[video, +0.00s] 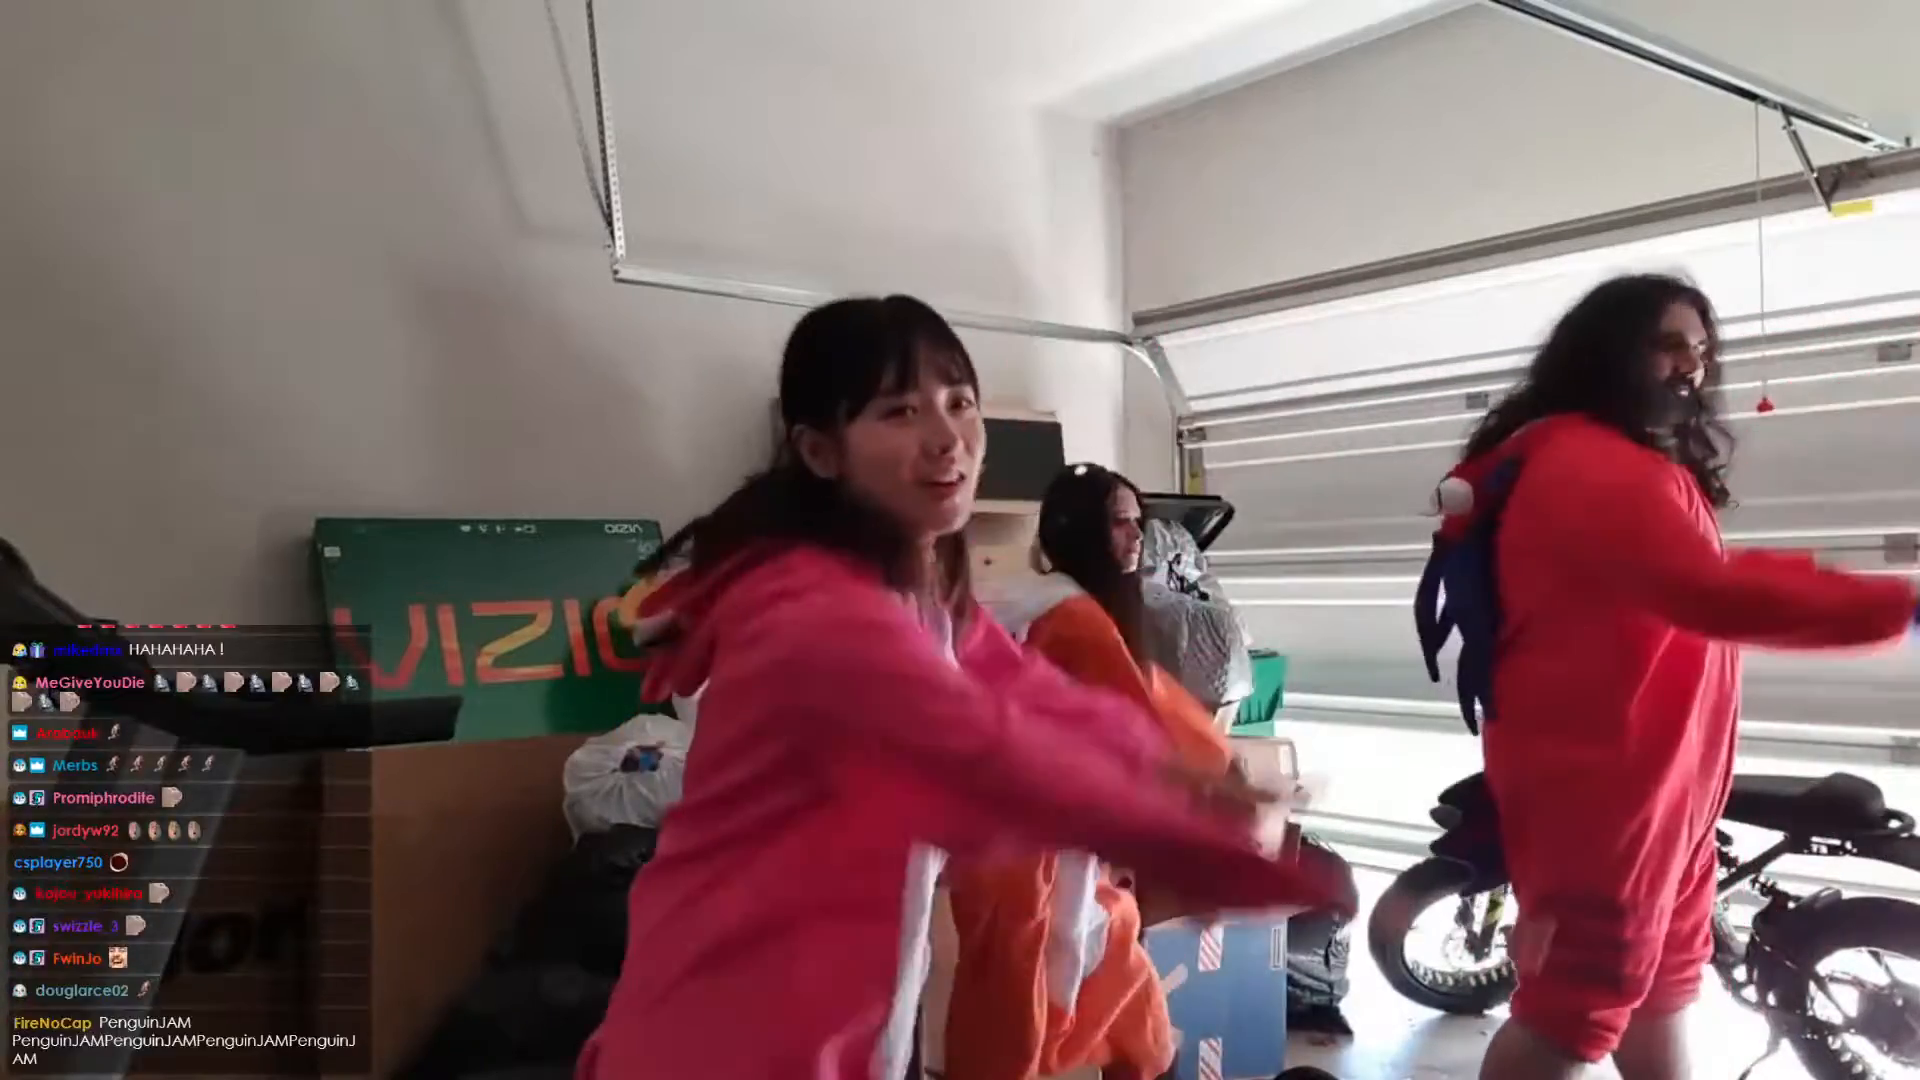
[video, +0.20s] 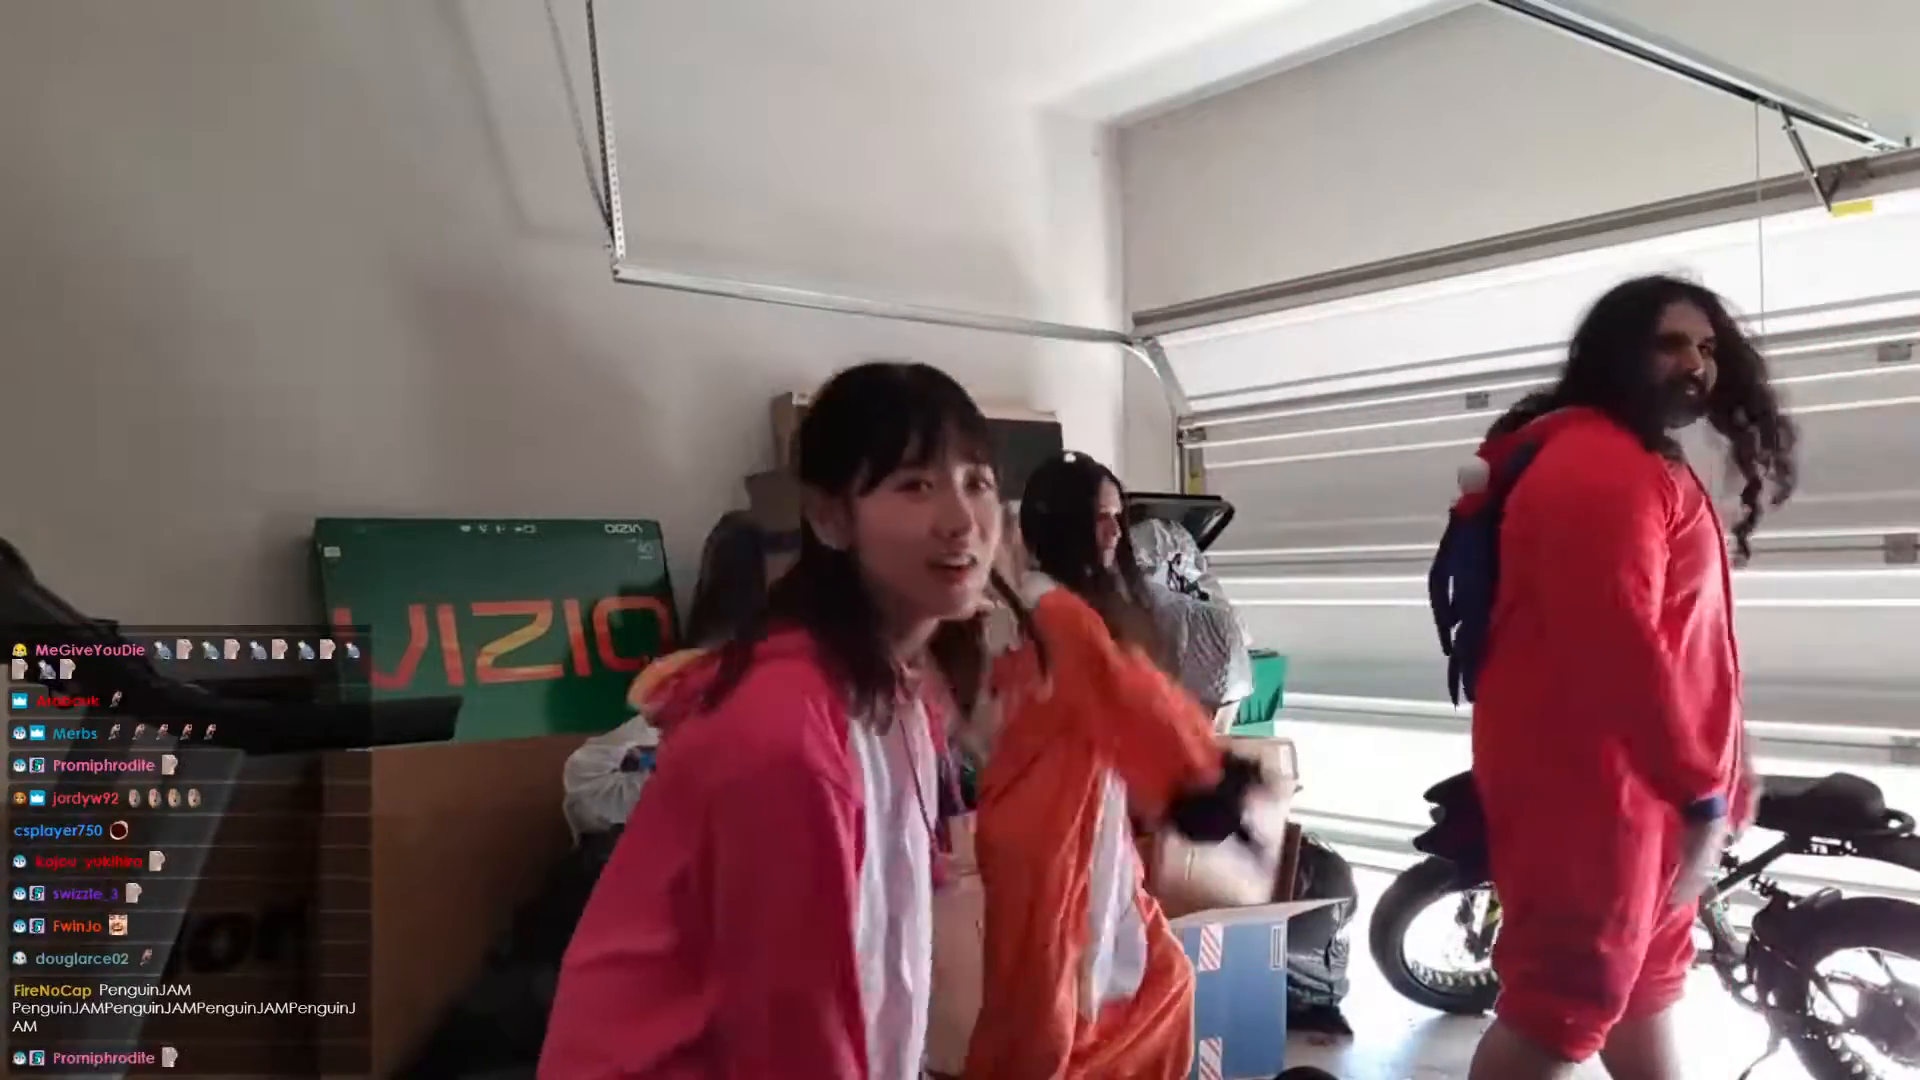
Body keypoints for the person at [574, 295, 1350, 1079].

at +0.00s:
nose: (947, 439)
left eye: (958, 405)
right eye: (900, 412)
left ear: (979, 423)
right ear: (819, 447)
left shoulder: (935, 602)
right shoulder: (806, 609)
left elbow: (1050, 705)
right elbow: (1002, 767)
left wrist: (1204, 788)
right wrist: (1276, 874)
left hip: (856, 1043)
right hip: (720, 1047)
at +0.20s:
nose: (962, 522)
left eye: (977, 483)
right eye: (915, 487)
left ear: (998, 506)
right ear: (831, 517)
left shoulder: (910, 698)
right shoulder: (782, 739)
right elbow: (790, 1039)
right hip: (660, 1063)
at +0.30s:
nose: (866, 438)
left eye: (882, 403)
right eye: (820, 404)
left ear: (903, 426)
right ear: (730, 434)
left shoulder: (820, 614)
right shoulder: (728, 649)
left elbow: (930, 806)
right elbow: (884, 926)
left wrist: (1036, 964)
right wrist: (1012, 1052)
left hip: (768, 1045)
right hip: (668, 1057)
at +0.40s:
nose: (769, 408)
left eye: (783, 374)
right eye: (721, 378)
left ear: (807, 389)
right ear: (631, 410)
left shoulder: (733, 579)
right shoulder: (663, 599)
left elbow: (947, 624)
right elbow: (919, 685)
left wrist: (1151, 628)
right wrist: (1215, 720)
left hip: (785, 1034)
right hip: (695, 1047)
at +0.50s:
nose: (735, 434)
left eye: (743, 400)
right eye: (684, 408)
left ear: (765, 408)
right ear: (596, 444)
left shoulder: (661, 598)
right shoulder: (650, 622)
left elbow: (873, 548)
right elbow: (930, 563)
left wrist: (1047, 417)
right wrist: (1200, 386)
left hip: (757, 1039)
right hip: (712, 1053)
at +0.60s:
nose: (1117, 556)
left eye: (1118, 542)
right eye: (1103, 545)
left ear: (1123, 550)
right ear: (1071, 558)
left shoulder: (1088, 624)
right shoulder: (1064, 639)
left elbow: (1109, 527)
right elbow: (1170, 579)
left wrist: (1124, 447)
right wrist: (1175, 470)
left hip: (1165, 827)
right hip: (1115, 840)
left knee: (1227, 982)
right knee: (1111, 1013)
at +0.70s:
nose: (1118, 519)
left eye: (1123, 504)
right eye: (1103, 505)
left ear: (1127, 508)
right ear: (1063, 511)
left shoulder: (1103, 589)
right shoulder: (1058, 591)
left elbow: (1186, 596)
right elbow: (1153, 600)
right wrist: (1239, 567)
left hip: (1128, 807)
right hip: (1065, 815)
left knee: (1177, 972)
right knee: (1063, 996)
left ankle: (1186, 1068)